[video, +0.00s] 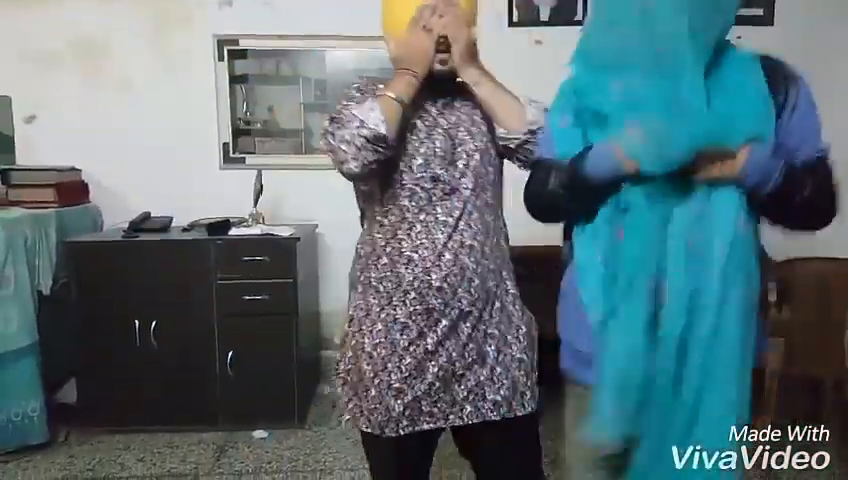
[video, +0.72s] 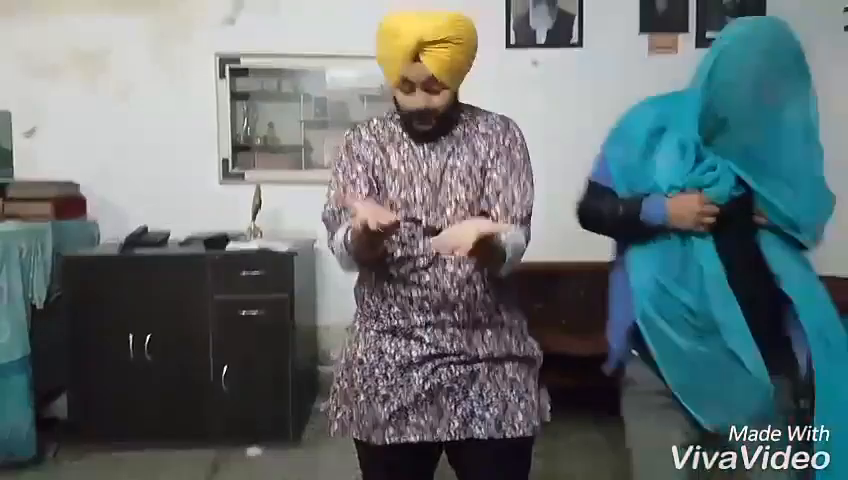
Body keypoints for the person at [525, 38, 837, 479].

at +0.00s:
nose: (665, 20)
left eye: (678, 11)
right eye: (649, 13)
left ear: (712, 11)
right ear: (628, 14)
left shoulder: (770, 84)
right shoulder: (594, 85)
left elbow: (818, 205)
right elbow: (541, 198)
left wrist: (753, 169)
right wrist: (612, 159)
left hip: (715, 357)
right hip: (603, 351)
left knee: (706, 469)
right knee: (595, 469)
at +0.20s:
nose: (697, 27)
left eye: (714, 15)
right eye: (682, 17)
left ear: (748, 13)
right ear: (661, 16)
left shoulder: (800, 84)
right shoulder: (629, 90)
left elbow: (844, 196)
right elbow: (573, 193)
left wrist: (784, 152)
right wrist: (659, 152)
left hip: (758, 362)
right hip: (646, 362)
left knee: (761, 471)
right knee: (650, 470)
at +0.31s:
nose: (717, 44)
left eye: (735, 23)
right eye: (700, 24)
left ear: (770, 26)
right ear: (677, 26)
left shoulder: (817, 113)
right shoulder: (653, 109)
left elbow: (846, 225)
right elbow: (601, 214)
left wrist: (806, 182)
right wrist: (671, 175)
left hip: (784, 372)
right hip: (672, 370)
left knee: (789, 471)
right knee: (656, 468)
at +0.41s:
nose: (751, 99)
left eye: (773, 85)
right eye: (742, 84)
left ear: (792, 90)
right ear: (722, 78)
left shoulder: (814, 156)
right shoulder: (681, 147)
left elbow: (843, 245)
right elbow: (634, 237)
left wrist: (825, 236)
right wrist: (678, 217)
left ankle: (796, 440)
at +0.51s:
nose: (772, 124)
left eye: (792, 109)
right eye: (761, 106)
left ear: (816, 106)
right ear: (739, 93)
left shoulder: (832, 171)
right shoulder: (684, 162)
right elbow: (636, 252)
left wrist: (846, 247)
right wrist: (674, 240)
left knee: (827, 291)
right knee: (699, 308)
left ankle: (823, 445)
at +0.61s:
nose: (778, 118)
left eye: (794, 104)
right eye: (767, 102)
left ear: (812, 98)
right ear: (739, 86)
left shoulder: (818, 156)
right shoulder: (675, 140)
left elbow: (839, 248)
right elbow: (617, 226)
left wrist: (826, 229)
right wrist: (667, 228)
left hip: (793, 381)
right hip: (687, 381)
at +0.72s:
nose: (755, 119)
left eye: (770, 106)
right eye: (747, 104)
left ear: (785, 98)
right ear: (719, 86)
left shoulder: (784, 137)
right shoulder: (652, 124)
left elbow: (814, 220)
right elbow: (592, 209)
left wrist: (781, 212)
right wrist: (662, 211)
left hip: (763, 364)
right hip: (661, 363)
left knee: (771, 468)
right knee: (665, 468)